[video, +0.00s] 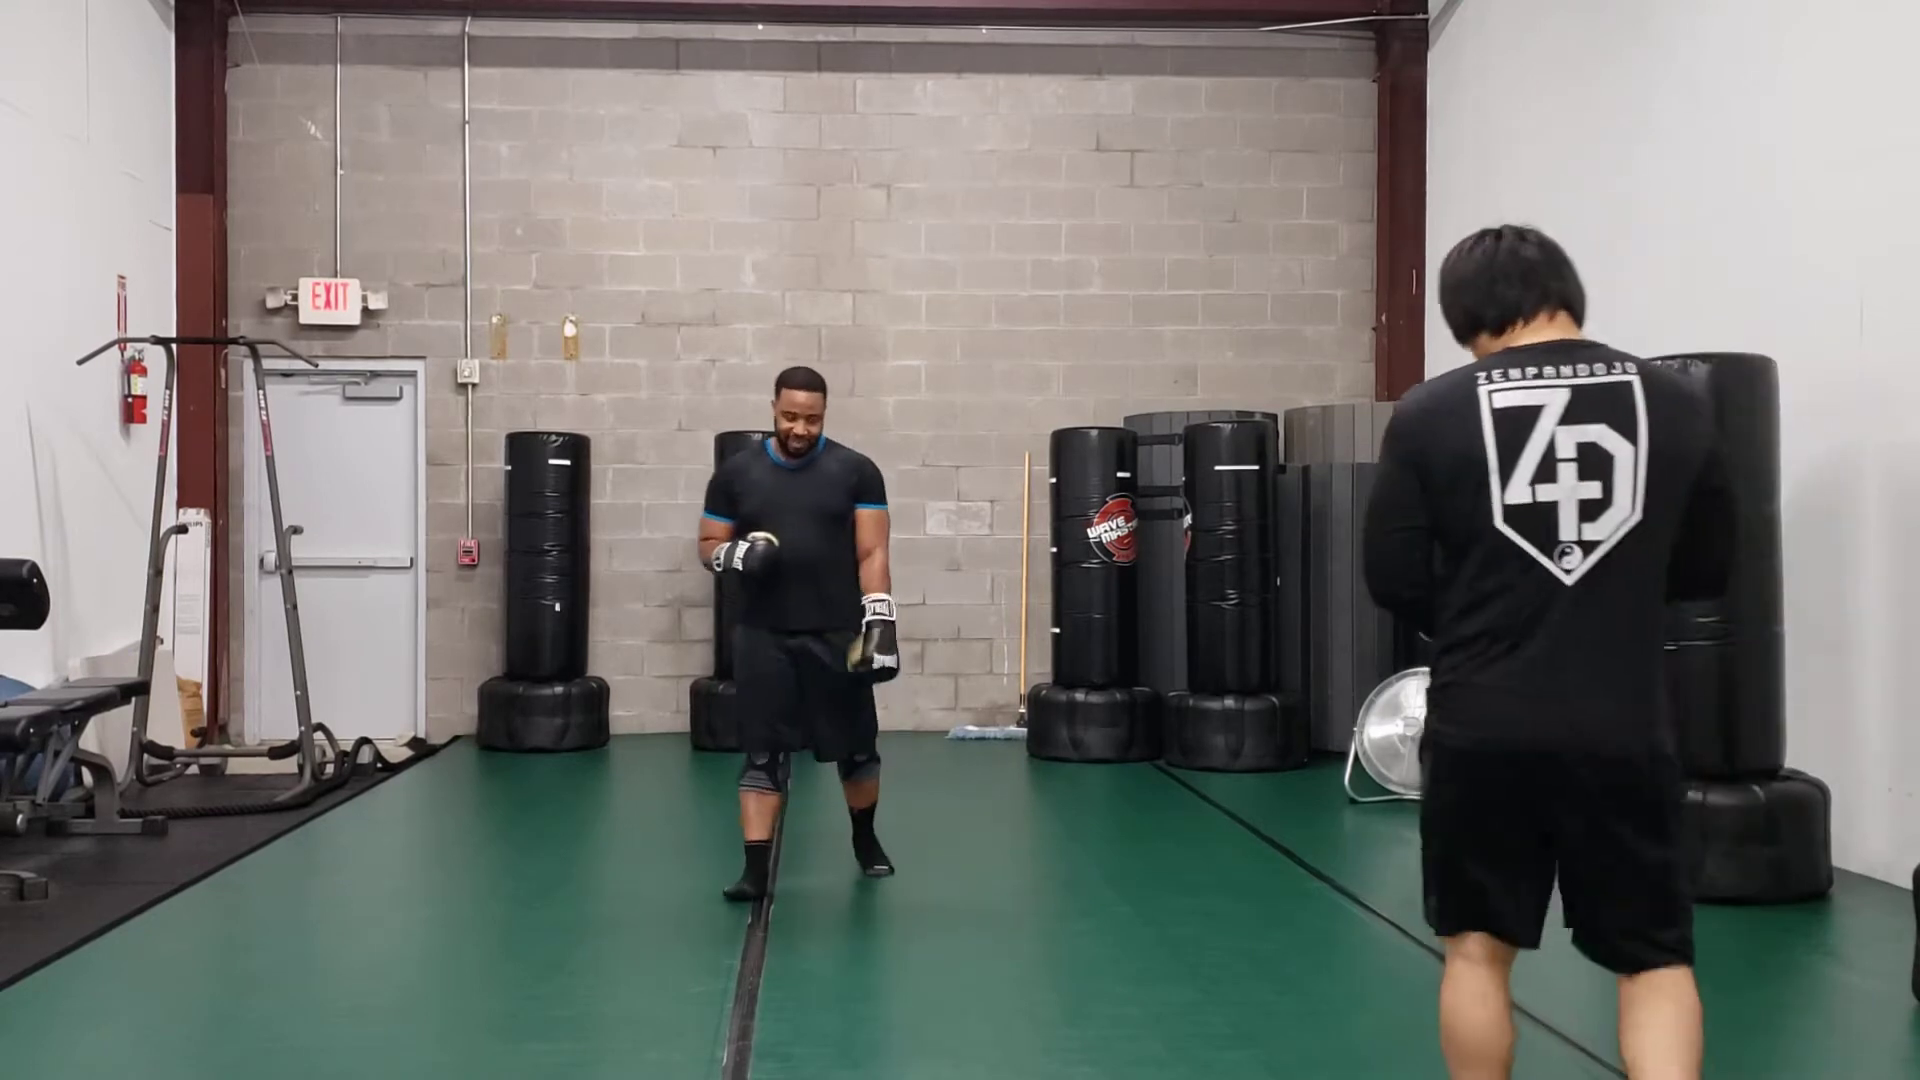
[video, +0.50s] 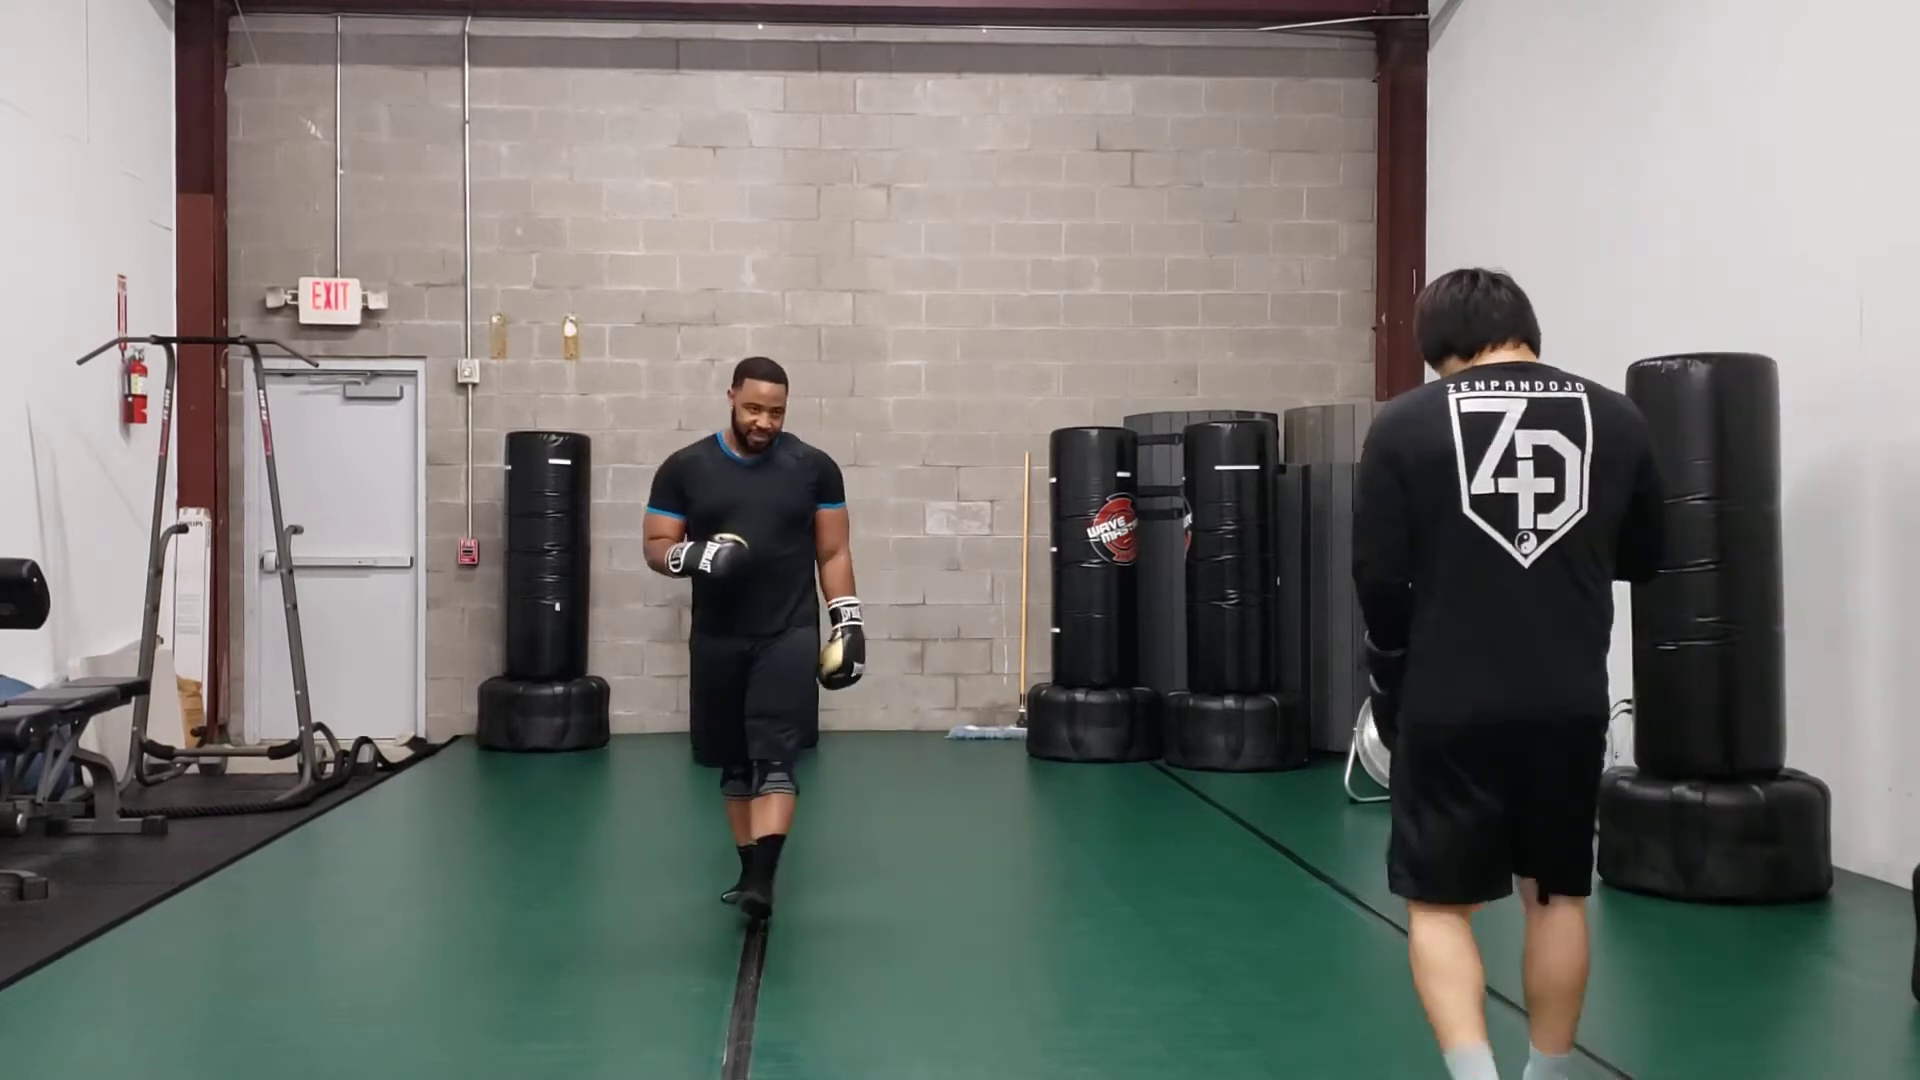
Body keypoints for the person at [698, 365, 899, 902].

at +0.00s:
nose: (800, 427)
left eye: (811, 418)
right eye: (791, 416)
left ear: (824, 416)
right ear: (774, 411)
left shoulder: (856, 473)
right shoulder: (738, 472)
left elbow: (872, 553)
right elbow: (710, 544)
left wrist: (880, 619)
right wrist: (733, 554)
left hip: (838, 636)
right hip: (764, 638)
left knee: (858, 751)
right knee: (761, 755)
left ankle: (865, 838)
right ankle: (756, 873)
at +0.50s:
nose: (763, 421)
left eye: (774, 411)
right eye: (753, 408)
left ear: (786, 409)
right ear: (732, 399)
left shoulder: (815, 471)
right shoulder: (685, 469)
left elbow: (833, 554)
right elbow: (657, 547)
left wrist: (847, 624)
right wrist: (693, 556)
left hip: (788, 636)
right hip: (718, 640)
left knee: (774, 752)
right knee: (735, 764)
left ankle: (760, 883)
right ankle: (751, 872)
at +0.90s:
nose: (747, 407)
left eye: (761, 399)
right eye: (739, 393)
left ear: (775, 402)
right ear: (719, 386)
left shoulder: (801, 469)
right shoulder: (669, 461)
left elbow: (821, 560)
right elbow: (640, 551)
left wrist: (827, 639)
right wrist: (608, 624)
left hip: (765, 648)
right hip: (682, 644)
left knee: (762, 777)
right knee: (660, 762)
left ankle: (751, 899)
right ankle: (719, 850)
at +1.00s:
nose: (736, 405)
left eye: (750, 396)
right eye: (728, 390)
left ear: (765, 399)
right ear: (708, 384)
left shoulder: (791, 466)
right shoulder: (660, 461)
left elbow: (813, 554)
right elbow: (626, 549)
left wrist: (814, 630)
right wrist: (587, 618)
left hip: (760, 649)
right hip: (673, 646)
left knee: (759, 780)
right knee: (648, 768)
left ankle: (748, 902)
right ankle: (666, 894)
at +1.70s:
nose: (651, 396)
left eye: (664, 385)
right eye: (640, 379)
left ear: (674, 385)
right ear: (610, 369)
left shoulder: (697, 459)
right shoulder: (543, 450)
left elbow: (725, 554)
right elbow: (509, 542)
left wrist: (739, 630)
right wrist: (492, 621)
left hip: (662, 648)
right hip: (573, 651)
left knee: (661, 792)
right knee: (590, 798)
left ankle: (653, 953)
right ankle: (597, 939)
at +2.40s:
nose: (665, 406)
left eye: (675, 394)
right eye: (659, 387)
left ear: (676, 391)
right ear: (619, 362)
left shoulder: (677, 457)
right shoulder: (528, 434)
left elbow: (751, 520)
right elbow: (488, 543)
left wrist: (816, 537)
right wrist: (481, 640)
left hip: (645, 670)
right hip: (545, 668)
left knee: (641, 824)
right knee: (519, 830)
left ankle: (633, 971)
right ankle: (486, 979)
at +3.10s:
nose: (666, 417)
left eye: (676, 404)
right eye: (659, 398)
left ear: (683, 394)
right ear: (619, 369)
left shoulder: (682, 449)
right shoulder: (525, 433)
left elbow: (765, 511)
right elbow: (481, 539)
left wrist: (812, 475)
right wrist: (544, 594)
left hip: (631, 674)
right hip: (534, 673)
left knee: (627, 823)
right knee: (509, 830)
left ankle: (632, 971)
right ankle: (486, 981)